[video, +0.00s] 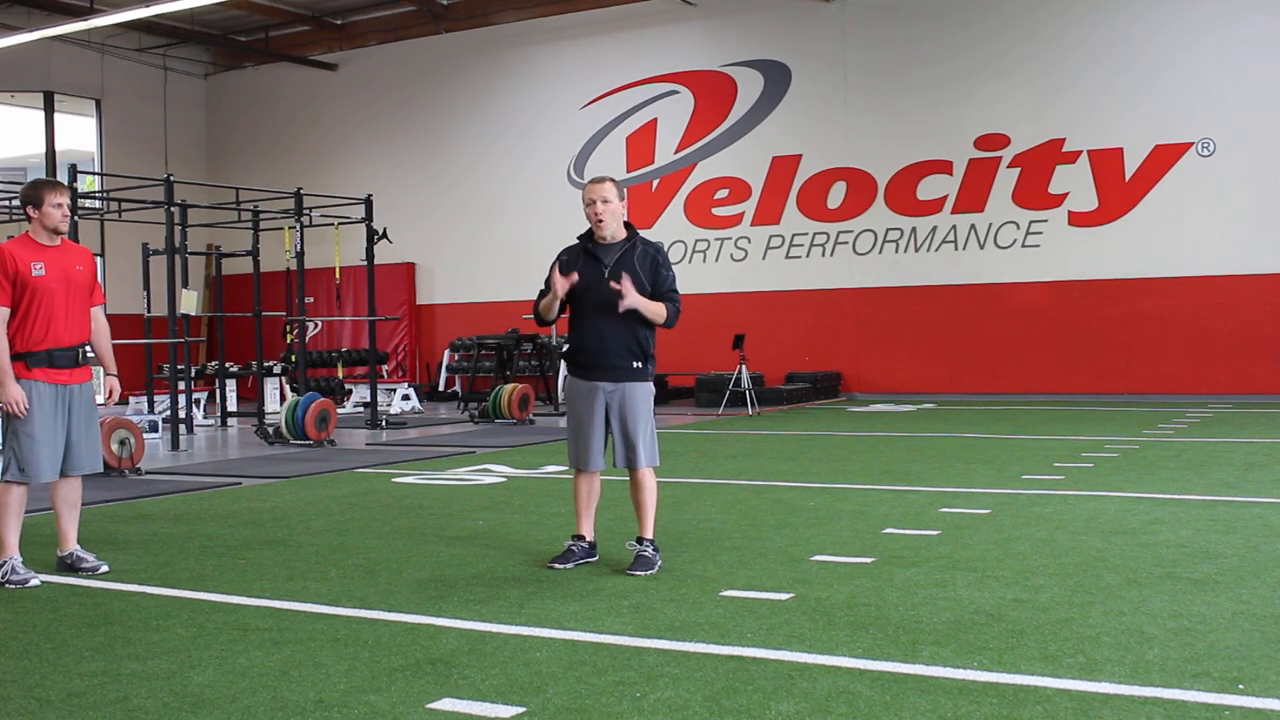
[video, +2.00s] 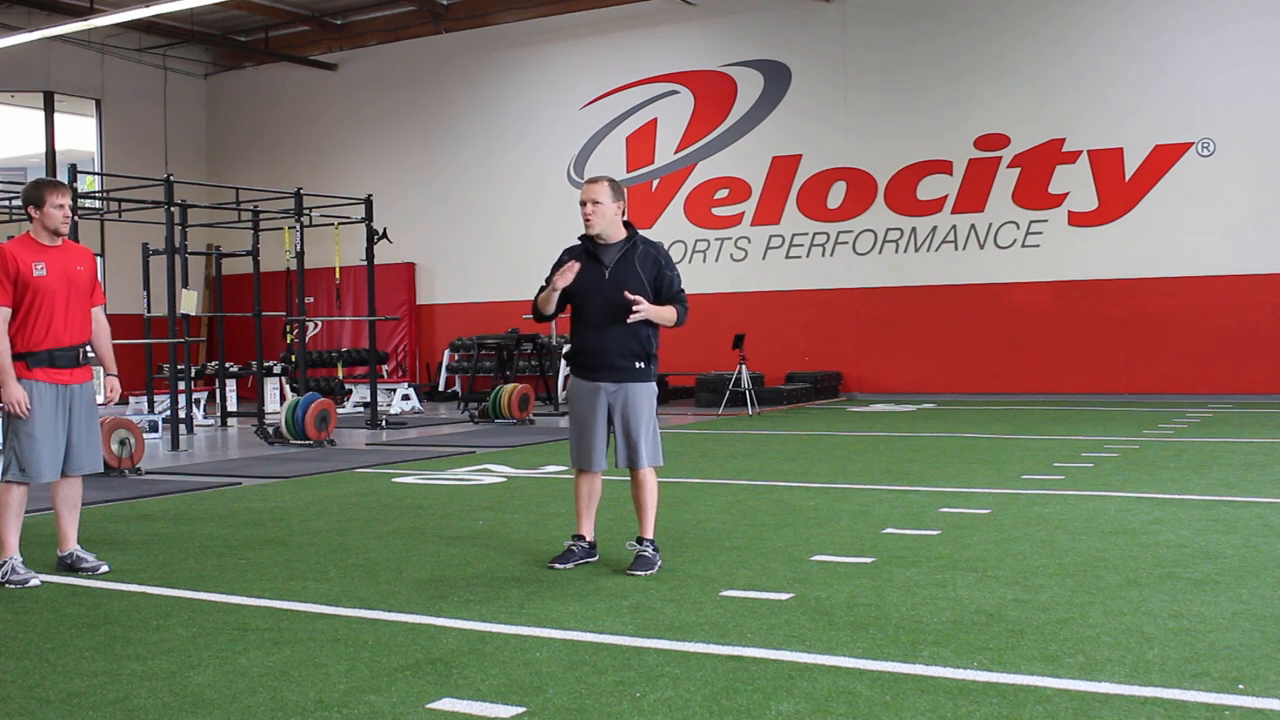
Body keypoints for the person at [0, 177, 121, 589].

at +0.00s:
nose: (66, 212)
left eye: (68, 206)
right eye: (57, 206)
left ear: (69, 211)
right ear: (32, 211)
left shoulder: (84, 257)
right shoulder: (11, 254)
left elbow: (96, 318)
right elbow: (0, 325)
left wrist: (111, 370)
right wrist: (6, 381)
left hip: (76, 376)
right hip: (29, 378)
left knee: (72, 466)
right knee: (18, 473)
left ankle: (69, 551)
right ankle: (10, 559)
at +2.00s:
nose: (67, 213)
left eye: (69, 206)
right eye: (58, 207)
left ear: (70, 210)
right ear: (34, 211)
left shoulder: (84, 257)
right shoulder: (11, 254)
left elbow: (97, 319)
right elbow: (1, 325)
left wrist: (111, 370)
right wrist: (7, 381)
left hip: (77, 377)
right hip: (30, 378)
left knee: (72, 466)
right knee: (19, 473)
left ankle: (69, 551)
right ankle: (10, 559)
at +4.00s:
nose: (67, 215)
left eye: (70, 208)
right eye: (59, 208)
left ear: (73, 211)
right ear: (35, 212)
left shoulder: (85, 257)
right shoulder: (12, 255)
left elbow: (97, 319)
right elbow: (1, 326)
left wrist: (110, 371)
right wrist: (9, 382)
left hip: (78, 377)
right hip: (30, 378)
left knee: (72, 467)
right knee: (19, 473)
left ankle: (69, 551)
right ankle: (10, 559)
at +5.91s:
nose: (65, 217)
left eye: (69, 210)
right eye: (56, 210)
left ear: (73, 212)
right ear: (34, 212)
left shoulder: (85, 257)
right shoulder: (11, 255)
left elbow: (97, 319)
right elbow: (1, 326)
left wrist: (110, 371)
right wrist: (8, 382)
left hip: (78, 376)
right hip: (30, 378)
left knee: (73, 466)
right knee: (19, 473)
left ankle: (69, 551)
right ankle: (9, 559)